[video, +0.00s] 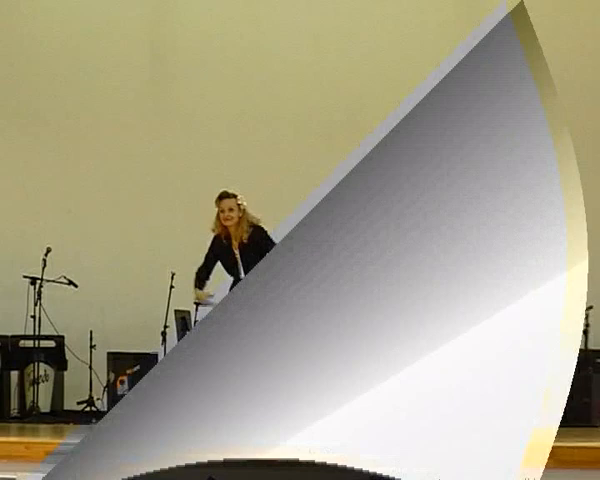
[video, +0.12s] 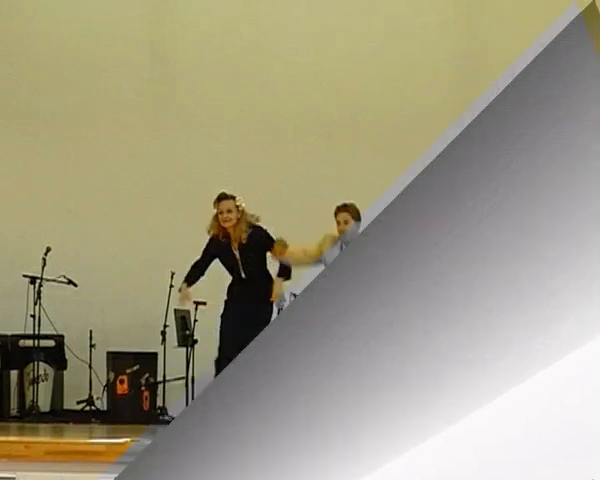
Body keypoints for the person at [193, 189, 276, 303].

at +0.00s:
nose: (226, 215)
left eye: (231, 210)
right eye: (222, 211)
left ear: (240, 212)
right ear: (218, 214)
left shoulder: (257, 233)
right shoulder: (219, 240)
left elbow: (277, 257)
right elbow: (207, 266)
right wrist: (199, 288)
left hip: (265, 286)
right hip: (239, 290)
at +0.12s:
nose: (225, 216)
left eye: (230, 211)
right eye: (221, 212)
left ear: (239, 213)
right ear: (216, 216)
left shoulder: (256, 233)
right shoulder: (217, 241)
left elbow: (284, 257)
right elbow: (202, 263)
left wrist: (279, 281)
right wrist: (186, 284)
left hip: (262, 291)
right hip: (238, 291)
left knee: (253, 341)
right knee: (228, 344)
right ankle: (223, 389)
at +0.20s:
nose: (226, 221)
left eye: (230, 216)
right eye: (221, 217)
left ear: (239, 217)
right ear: (217, 221)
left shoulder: (257, 241)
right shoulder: (218, 247)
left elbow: (280, 265)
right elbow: (202, 278)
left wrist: (285, 282)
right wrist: (177, 289)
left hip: (262, 297)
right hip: (237, 297)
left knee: (253, 350)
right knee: (226, 352)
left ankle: (255, 413)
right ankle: (220, 418)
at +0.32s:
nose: (229, 230)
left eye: (232, 225)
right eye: (224, 227)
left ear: (241, 226)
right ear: (219, 230)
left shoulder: (257, 250)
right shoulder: (223, 254)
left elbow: (265, 287)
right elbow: (217, 295)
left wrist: (266, 297)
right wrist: (192, 295)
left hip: (263, 306)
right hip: (241, 304)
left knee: (253, 359)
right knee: (220, 354)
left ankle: (256, 415)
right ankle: (209, 412)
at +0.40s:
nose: (230, 230)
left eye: (234, 226)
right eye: (225, 227)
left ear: (243, 226)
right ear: (221, 230)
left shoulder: (258, 250)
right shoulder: (224, 254)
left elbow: (264, 289)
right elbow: (228, 284)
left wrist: (241, 302)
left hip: (264, 310)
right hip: (240, 310)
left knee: (256, 361)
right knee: (219, 357)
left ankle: (255, 417)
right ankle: (206, 412)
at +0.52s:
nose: (232, 216)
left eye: (236, 211)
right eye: (228, 212)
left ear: (245, 211)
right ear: (223, 215)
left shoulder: (262, 237)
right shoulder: (225, 240)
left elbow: (282, 270)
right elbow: (221, 271)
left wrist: (268, 297)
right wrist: (225, 294)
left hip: (264, 303)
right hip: (239, 301)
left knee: (257, 355)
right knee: (230, 353)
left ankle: (256, 415)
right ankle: (235, 410)